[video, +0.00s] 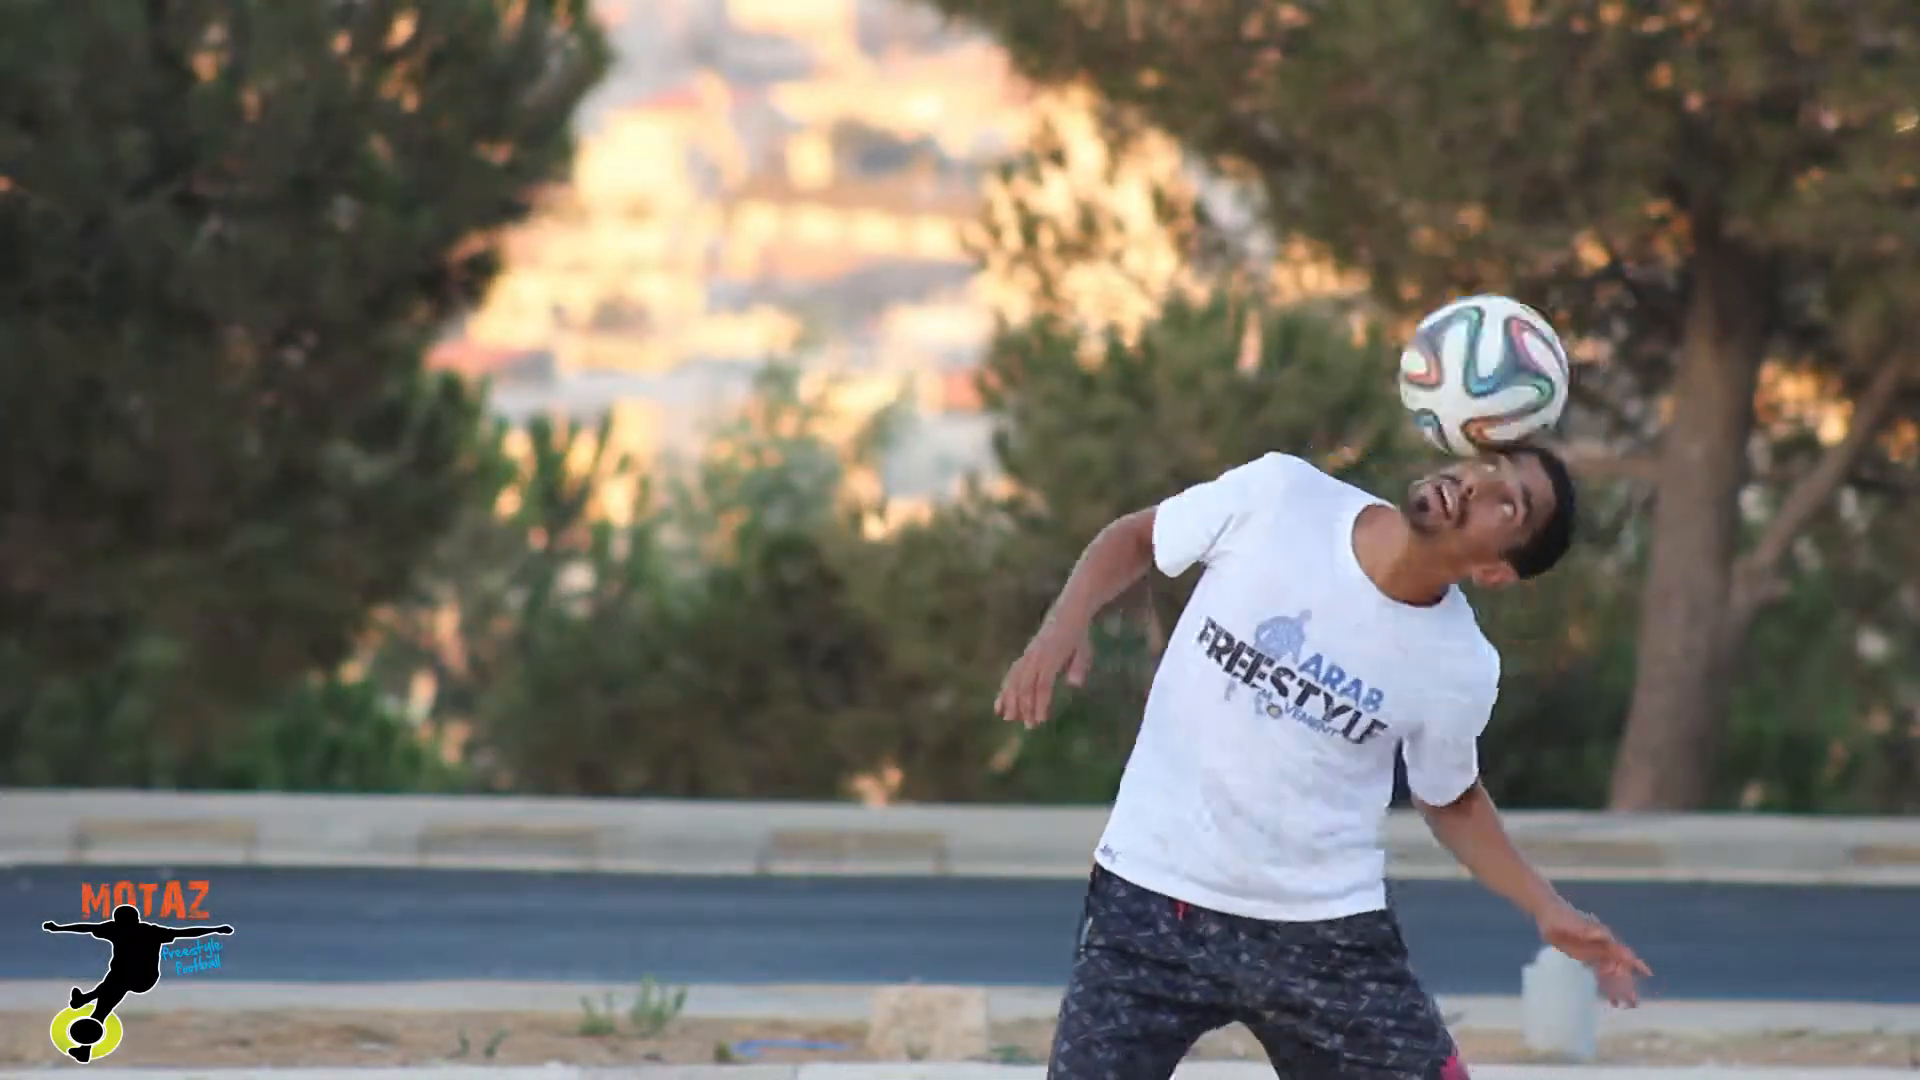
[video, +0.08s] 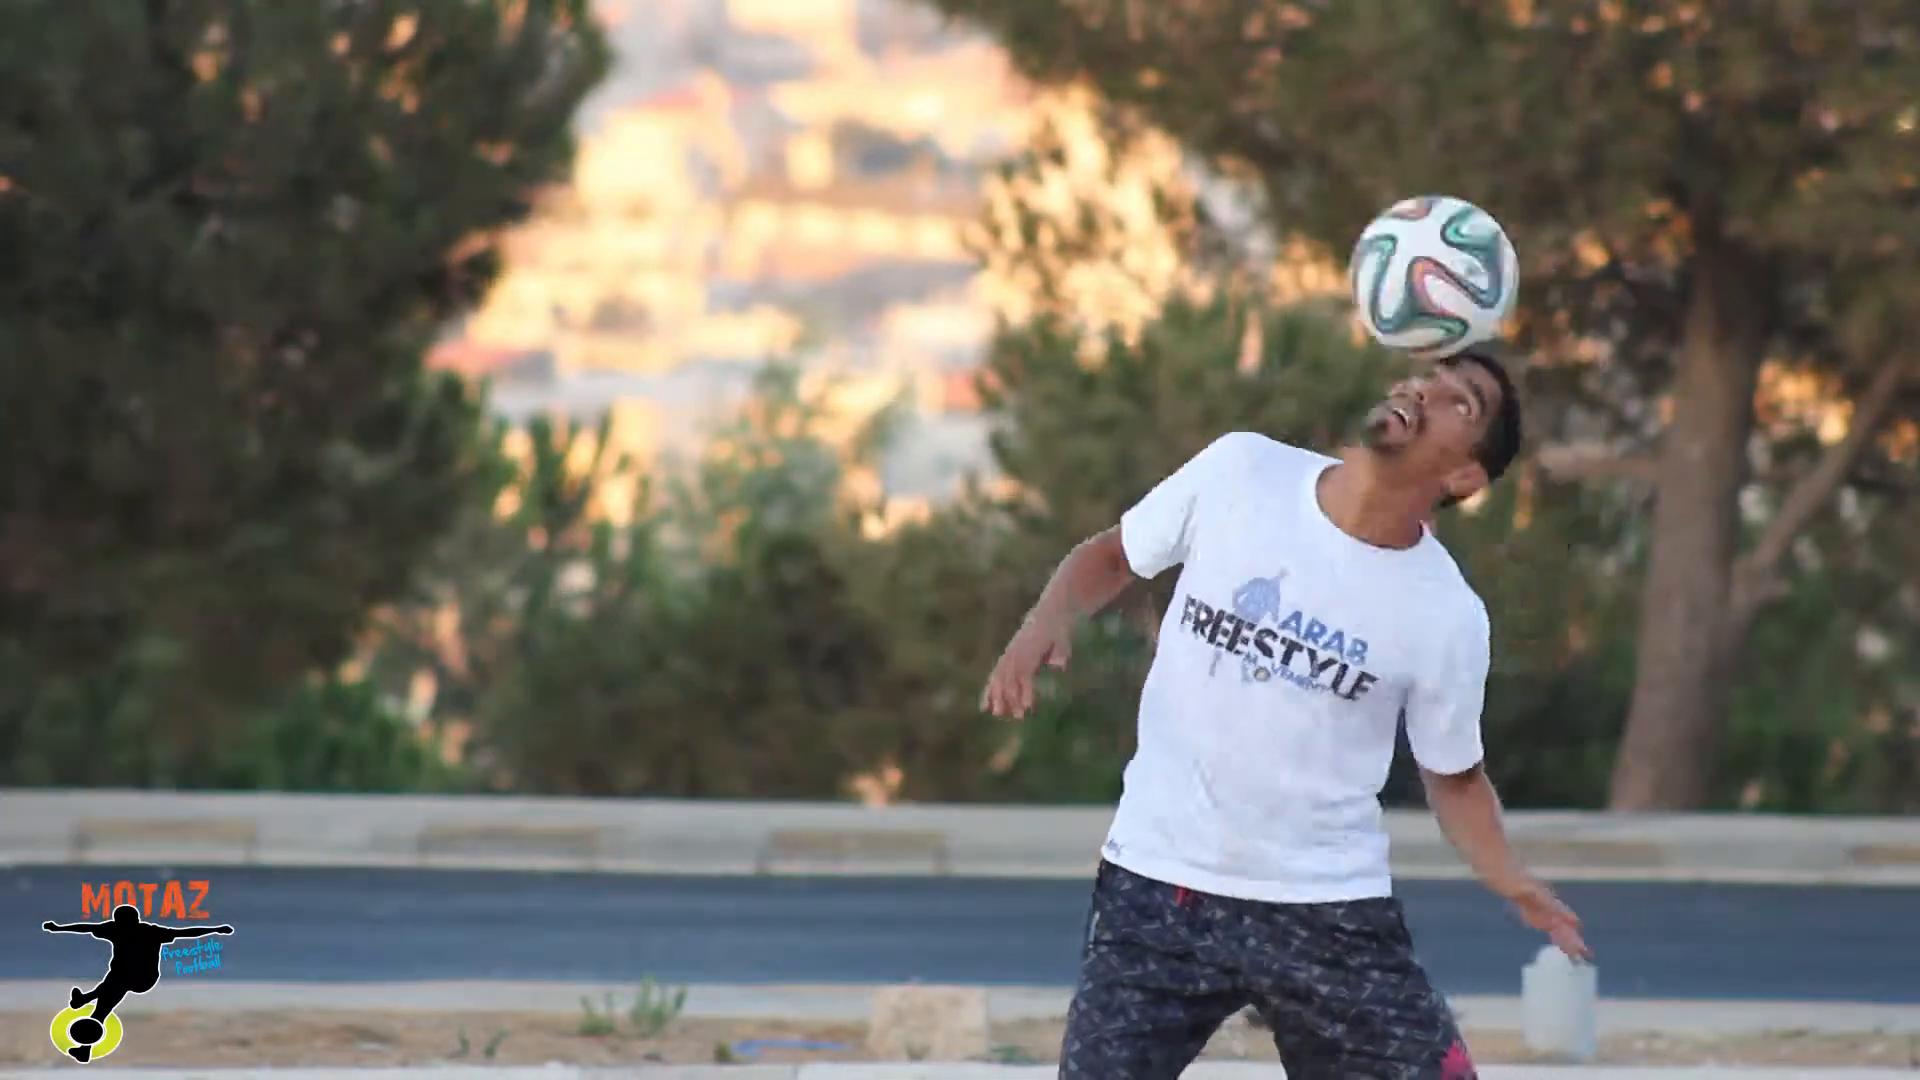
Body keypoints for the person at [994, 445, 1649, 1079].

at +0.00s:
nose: (1469, 482)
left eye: (1505, 505)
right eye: (1482, 466)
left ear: (1493, 573)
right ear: (1446, 466)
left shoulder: (1458, 668)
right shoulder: (1273, 493)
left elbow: (1453, 798)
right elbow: (1136, 538)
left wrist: (1549, 910)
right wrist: (1063, 621)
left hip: (1328, 943)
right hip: (1147, 913)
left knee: (1429, 1068)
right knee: (1085, 1068)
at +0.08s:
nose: (1420, 389)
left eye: (1458, 403)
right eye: (1425, 377)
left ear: (1465, 479)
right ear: (1386, 394)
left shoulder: (1446, 618)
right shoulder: (1235, 471)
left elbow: (1456, 777)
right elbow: (1112, 556)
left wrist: (1509, 878)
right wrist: (1049, 617)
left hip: (1328, 925)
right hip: (1156, 901)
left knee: (1437, 1068)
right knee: (1094, 1068)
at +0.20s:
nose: (1296, 316)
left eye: (1334, 311)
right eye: (1285, 307)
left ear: (1371, 381)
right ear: (1257, 355)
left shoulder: (1414, 519)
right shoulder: (1172, 481)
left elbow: (1514, 702)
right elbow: (1091, 623)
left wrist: (1455, 722)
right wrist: (1015, 668)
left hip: (1353, 914)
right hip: (1177, 904)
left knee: (1445, 1071)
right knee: (1110, 1071)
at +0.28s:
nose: (1235, 316)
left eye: (1269, 307)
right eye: (1222, 313)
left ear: (1317, 367)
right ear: (1202, 375)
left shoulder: (1389, 488)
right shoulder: (1146, 507)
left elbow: (1533, 637)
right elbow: (1098, 667)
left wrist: (1454, 646)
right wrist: (1018, 708)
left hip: (1355, 912)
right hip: (1178, 907)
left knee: (1453, 1069)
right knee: (1112, 1068)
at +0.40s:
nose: (1113, 376)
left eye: (1130, 360)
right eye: (1089, 390)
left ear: (1196, 392)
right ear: (1106, 465)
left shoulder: (1349, 479)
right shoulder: (1117, 580)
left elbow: (1539, 566)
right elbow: (1122, 758)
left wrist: (1493, 577)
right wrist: (1026, 821)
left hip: (1358, 936)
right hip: (1176, 940)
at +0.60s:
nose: (1088, 365)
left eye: (1089, 350)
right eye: (1061, 384)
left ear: (1137, 363)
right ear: (1072, 455)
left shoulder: (1318, 470)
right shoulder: (1082, 565)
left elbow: (1457, 595)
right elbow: (1087, 751)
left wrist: (1570, 640)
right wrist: (1023, 801)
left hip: (1323, 913)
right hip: (1144, 921)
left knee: (1427, 1073)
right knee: (1079, 1074)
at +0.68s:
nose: (1148, 308)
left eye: (1154, 299)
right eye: (1113, 311)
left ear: (1191, 341)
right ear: (1089, 391)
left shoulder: (1322, 470)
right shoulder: (1071, 518)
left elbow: (1444, 625)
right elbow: (1036, 699)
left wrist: (1590, 699)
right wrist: (999, 737)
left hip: (1315, 886)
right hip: (1137, 894)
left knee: (1405, 1071)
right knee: (1080, 1076)